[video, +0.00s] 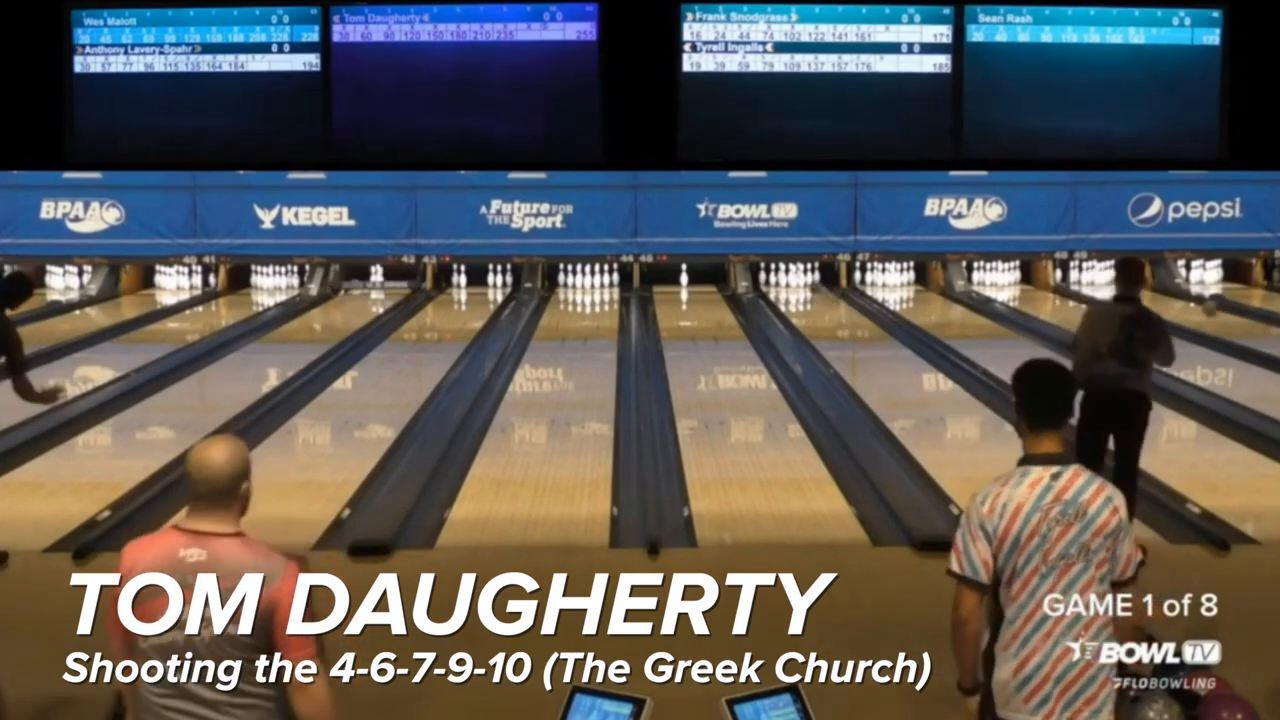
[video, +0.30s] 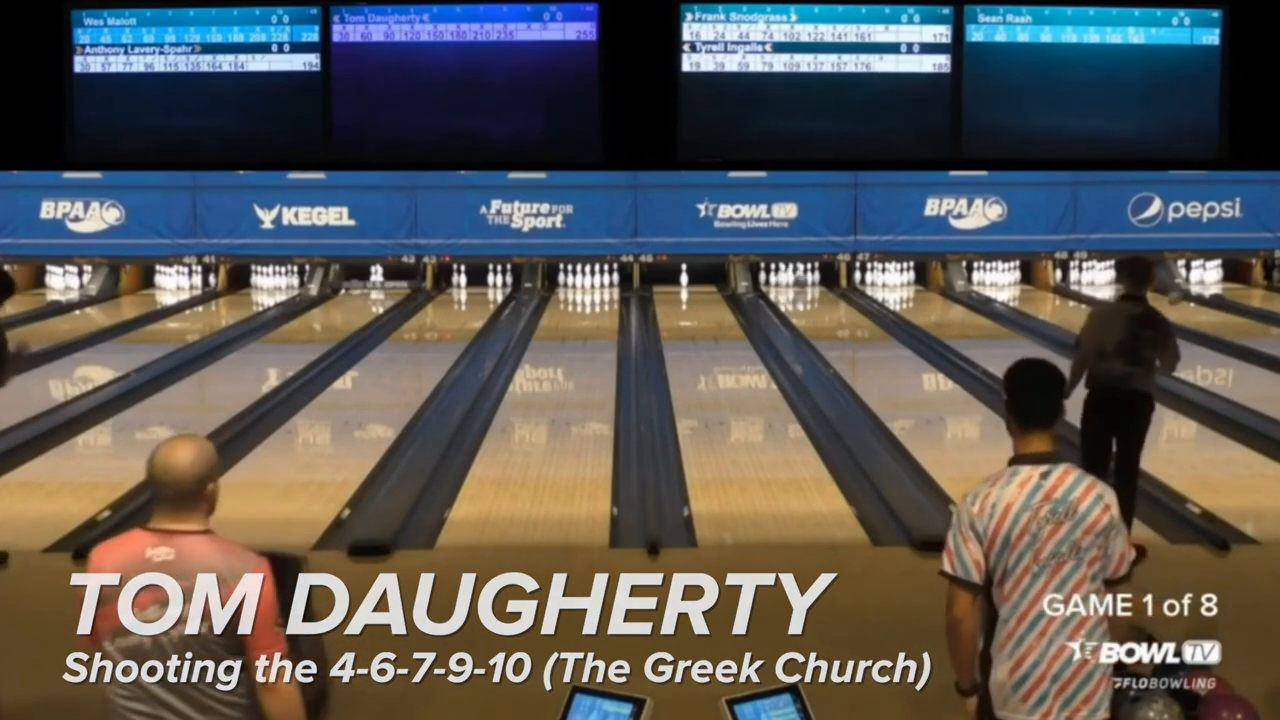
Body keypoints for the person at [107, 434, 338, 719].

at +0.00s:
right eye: (250, 482)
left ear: (188, 485)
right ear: (245, 492)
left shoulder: (136, 557)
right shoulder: (279, 573)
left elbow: (124, 665)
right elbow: (305, 685)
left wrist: (134, 713)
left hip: (157, 712)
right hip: (248, 713)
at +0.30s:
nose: (217, 489)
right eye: (217, 483)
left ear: (151, 486)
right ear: (211, 492)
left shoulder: (105, 559)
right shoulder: (249, 569)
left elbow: (91, 657)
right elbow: (274, 683)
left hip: (133, 712)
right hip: (223, 712)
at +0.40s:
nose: (204, 491)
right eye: (204, 484)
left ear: (136, 490)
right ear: (196, 493)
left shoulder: (92, 563)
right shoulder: (236, 569)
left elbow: (79, 661)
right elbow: (264, 684)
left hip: (119, 714)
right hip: (212, 714)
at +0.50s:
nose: (193, 490)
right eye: (193, 482)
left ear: (124, 491)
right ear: (186, 492)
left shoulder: (82, 566)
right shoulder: (228, 568)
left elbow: (71, 662)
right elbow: (258, 683)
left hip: (113, 713)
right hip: (204, 712)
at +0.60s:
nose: (190, 490)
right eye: (189, 482)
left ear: (121, 493)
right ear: (183, 492)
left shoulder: (79, 569)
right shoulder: (225, 567)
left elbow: (67, 685)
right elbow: (259, 681)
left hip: (108, 713)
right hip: (202, 713)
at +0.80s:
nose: (196, 490)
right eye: (195, 483)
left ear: (128, 495)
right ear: (189, 493)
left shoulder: (80, 574)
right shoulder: (236, 571)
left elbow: (43, 684)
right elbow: (270, 685)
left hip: (115, 711)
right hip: (212, 710)